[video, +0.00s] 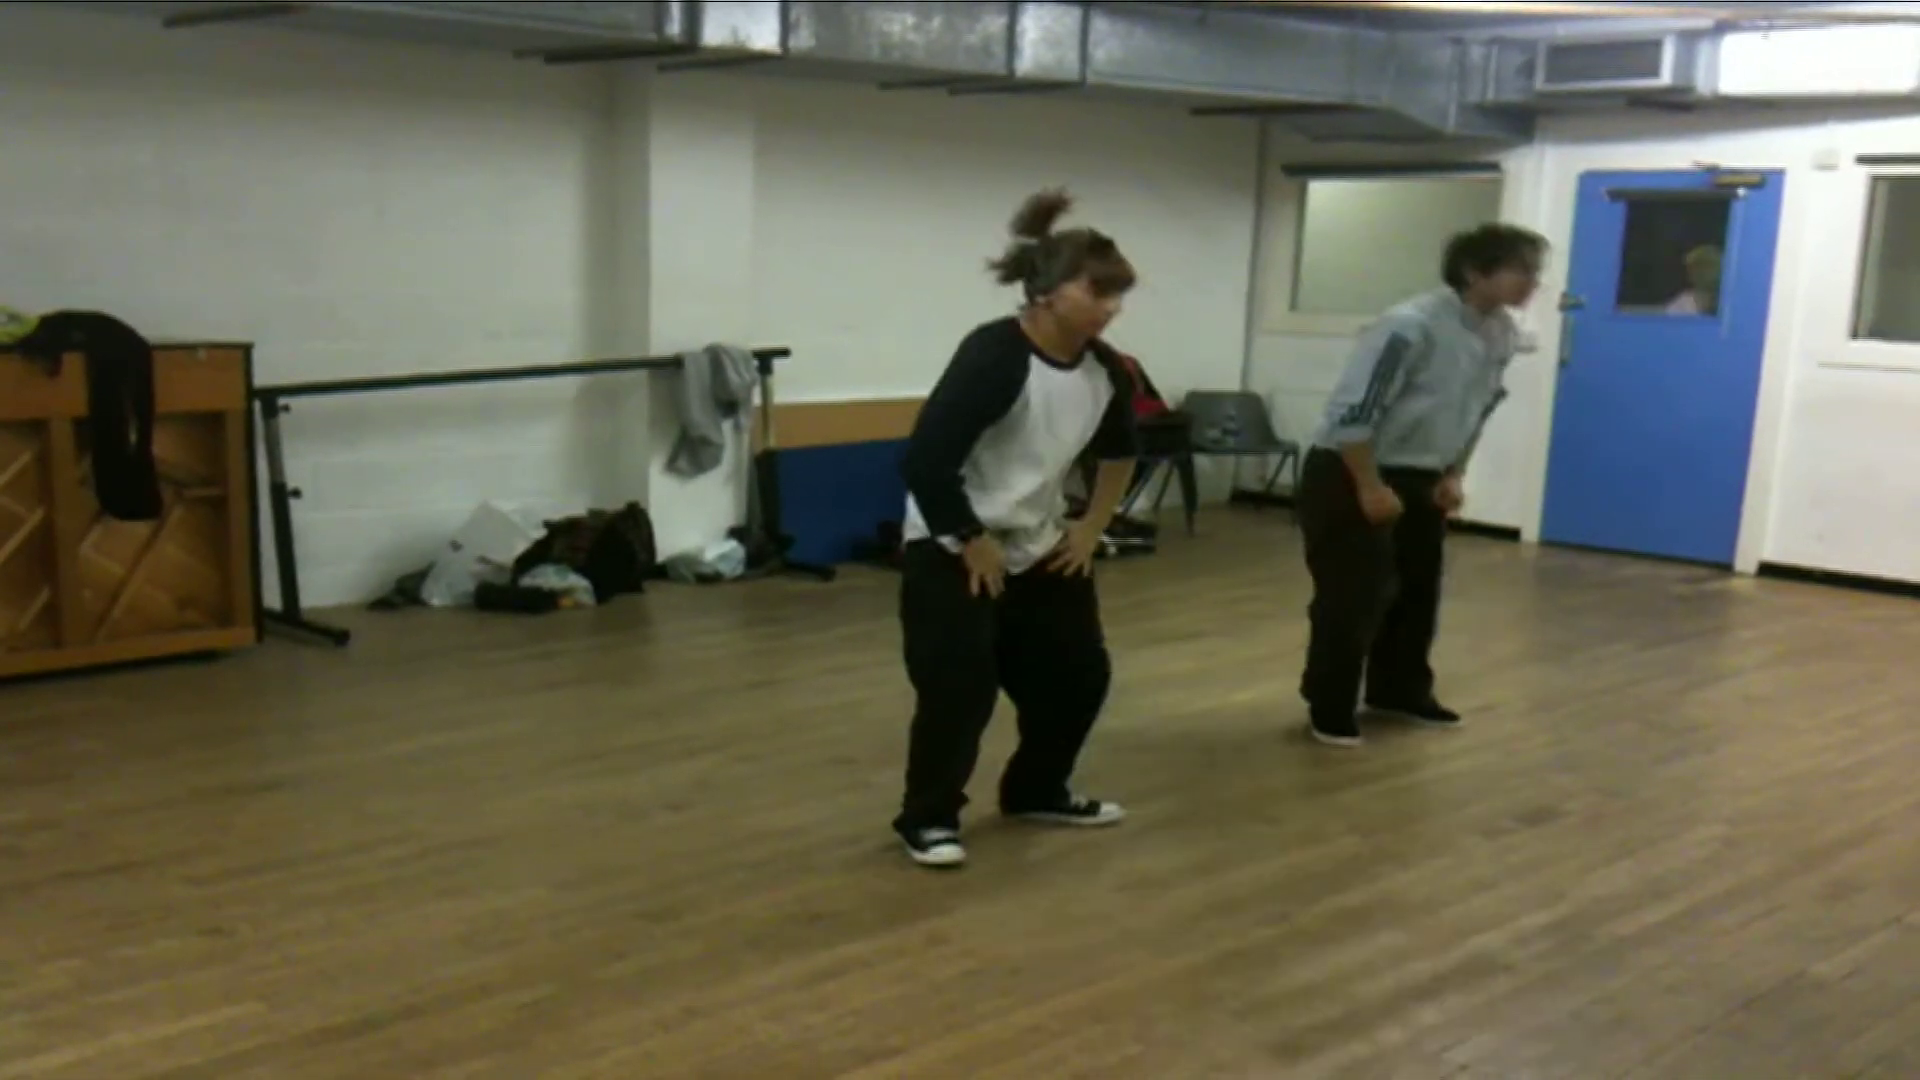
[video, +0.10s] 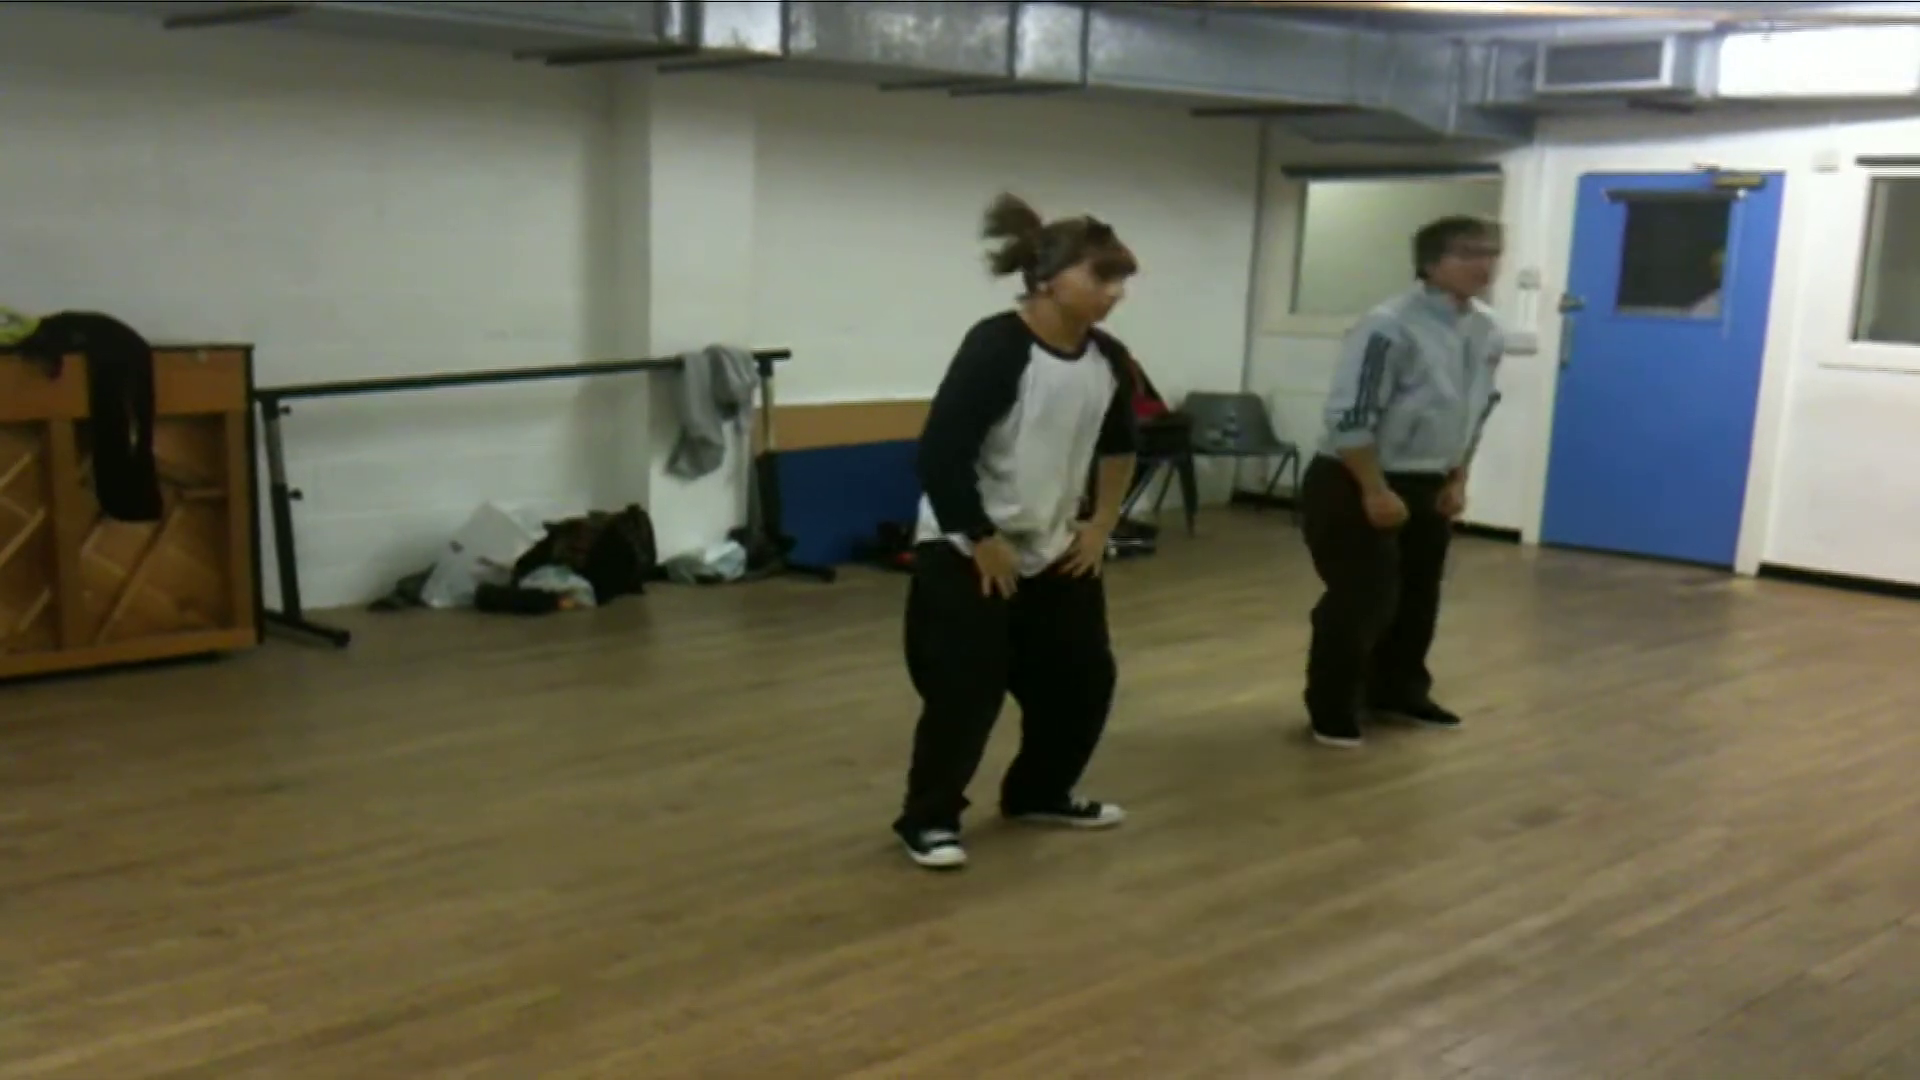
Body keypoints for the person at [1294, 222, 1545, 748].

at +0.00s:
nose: (1531, 285)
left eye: (1532, 274)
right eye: (1522, 272)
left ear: (1495, 279)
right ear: (1480, 273)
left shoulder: (1499, 336)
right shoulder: (1409, 326)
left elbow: (1476, 413)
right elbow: (1349, 417)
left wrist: (1453, 471)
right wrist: (1368, 484)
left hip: (1417, 476)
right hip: (1348, 470)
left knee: (1416, 587)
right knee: (1353, 590)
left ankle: (1399, 689)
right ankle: (1331, 706)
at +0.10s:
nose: (1484, 266)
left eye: (1489, 256)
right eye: (1471, 255)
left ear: (1493, 264)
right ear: (1436, 263)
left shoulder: (1483, 334)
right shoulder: (1386, 328)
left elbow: (1474, 412)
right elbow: (1348, 424)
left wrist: (1457, 476)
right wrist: (1373, 489)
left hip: (1425, 485)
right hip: (1356, 482)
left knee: (1417, 595)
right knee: (1361, 595)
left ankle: (1399, 690)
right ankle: (1333, 709)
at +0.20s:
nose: (1434, 263)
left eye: (1446, 253)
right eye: (1420, 254)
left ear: (1467, 264)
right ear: (1401, 266)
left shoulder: (1476, 330)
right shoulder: (1370, 329)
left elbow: (1462, 409)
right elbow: (1326, 422)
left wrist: (1448, 477)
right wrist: (1366, 485)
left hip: (1420, 484)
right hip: (1346, 481)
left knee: (1429, 590)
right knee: (1367, 588)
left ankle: (1405, 690)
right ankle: (1334, 707)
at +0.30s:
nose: (1412, 288)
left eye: (1426, 279)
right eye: (1399, 279)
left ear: (1449, 292)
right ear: (1383, 291)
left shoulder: (1460, 358)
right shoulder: (1349, 354)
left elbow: (1447, 437)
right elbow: (1314, 452)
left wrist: (1440, 503)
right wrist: (1337, 518)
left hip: (1400, 494)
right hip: (1328, 491)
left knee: (1439, 592)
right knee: (1349, 595)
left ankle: (1417, 690)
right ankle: (1328, 704)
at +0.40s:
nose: (1376, 321)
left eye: (1391, 311)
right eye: (1366, 311)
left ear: (1416, 323)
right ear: (1353, 322)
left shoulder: (1446, 383)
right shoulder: (1321, 377)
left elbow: (1477, 433)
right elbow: (1305, 465)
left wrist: (1460, 500)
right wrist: (1374, 509)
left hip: (1378, 526)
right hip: (1295, 522)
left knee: (1442, 633)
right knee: (1282, 622)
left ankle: (1416, 699)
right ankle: (1245, 708)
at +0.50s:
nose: (1327, 329)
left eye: (1344, 321)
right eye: (1317, 318)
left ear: (1368, 333)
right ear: (1303, 323)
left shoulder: (1379, 378)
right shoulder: (1266, 373)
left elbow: (1462, 373)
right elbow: (1280, 426)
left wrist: (1502, 418)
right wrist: (1358, 423)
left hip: (1334, 544)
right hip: (1252, 539)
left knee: (1407, 629)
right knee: (1188, 618)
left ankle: (1425, 702)